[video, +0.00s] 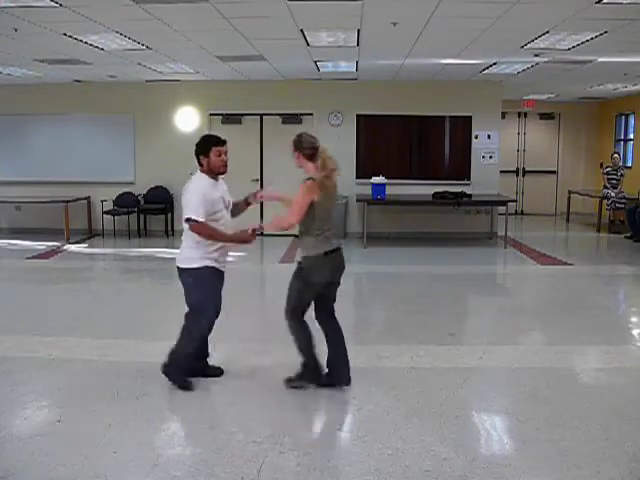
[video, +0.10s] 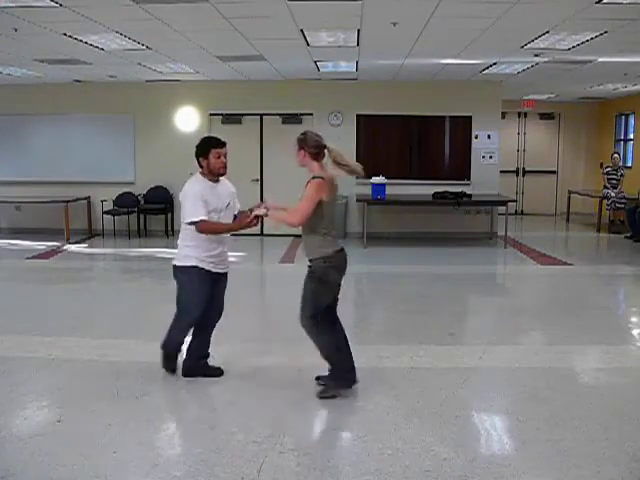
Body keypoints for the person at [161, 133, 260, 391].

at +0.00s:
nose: (224, 159)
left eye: (225, 154)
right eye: (219, 155)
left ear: (224, 156)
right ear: (203, 159)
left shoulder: (218, 183)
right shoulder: (197, 186)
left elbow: (228, 211)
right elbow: (194, 224)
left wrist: (248, 201)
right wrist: (234, 238)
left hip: (212, 263)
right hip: (196, 264)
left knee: (208, 313)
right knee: (203, 313)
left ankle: (197, 362)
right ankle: (176, 366)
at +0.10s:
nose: (224, 161)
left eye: (225, 156)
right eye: (218, 157)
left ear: (226, 158)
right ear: (202, 161)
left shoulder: (228, 187)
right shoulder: (193, 188)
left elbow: (233, 217)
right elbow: (201, 225)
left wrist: (251, 216)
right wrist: (236, 227)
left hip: (217, 264)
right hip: (192, 263)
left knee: (211, 316)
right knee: (191, 311)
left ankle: (196, 362)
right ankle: (170, 349)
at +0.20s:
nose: (227, 162)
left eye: (228, 157)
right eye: (221, 158)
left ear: (229, 159)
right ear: (205, 162)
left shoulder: (232, 187)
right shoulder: (195, 188)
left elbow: (239, 217)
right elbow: (207, 221)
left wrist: (252, 215)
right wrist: (240, 220)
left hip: (220, 265)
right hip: (192, 264)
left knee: (212, 316)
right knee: (190, 311)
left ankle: (196, 362)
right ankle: (196, 342)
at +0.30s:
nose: (232, 164)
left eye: (233, 159)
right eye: (226, 159)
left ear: (235, 160)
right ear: (211, 162)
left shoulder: (238, 187)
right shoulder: (199, 187)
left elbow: (248, 219)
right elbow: (207, 222)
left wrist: (258, 216)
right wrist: (237, 215)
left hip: (226, 262)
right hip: (198, 262)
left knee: (227, 305)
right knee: (199, 311)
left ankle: (203, 354)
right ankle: (207, 348)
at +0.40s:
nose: (239, 165)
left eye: (241, 160)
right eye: (233, 160)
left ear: (242, 161)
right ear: (219, 163)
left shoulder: (244, 186)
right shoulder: (205, 188)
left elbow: (256, 217)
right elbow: (211, 225)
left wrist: (266, 217)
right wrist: (235, 210)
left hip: (236, 261)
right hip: (207, 262)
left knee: (246, 301)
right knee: (205, 309)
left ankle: (229, 347)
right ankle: (206, 347)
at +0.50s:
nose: (250, 165)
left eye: (251, 160)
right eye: (244, 160)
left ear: (254, 161)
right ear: (229, 162)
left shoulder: (256, 186)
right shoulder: (215, 187)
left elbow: (265, 219)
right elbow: (223, 223)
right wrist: (243, 194)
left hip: (246, 261)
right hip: (216, 261)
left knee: (259, 302)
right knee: (212, 304)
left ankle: (261, 348)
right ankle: (206, 344)